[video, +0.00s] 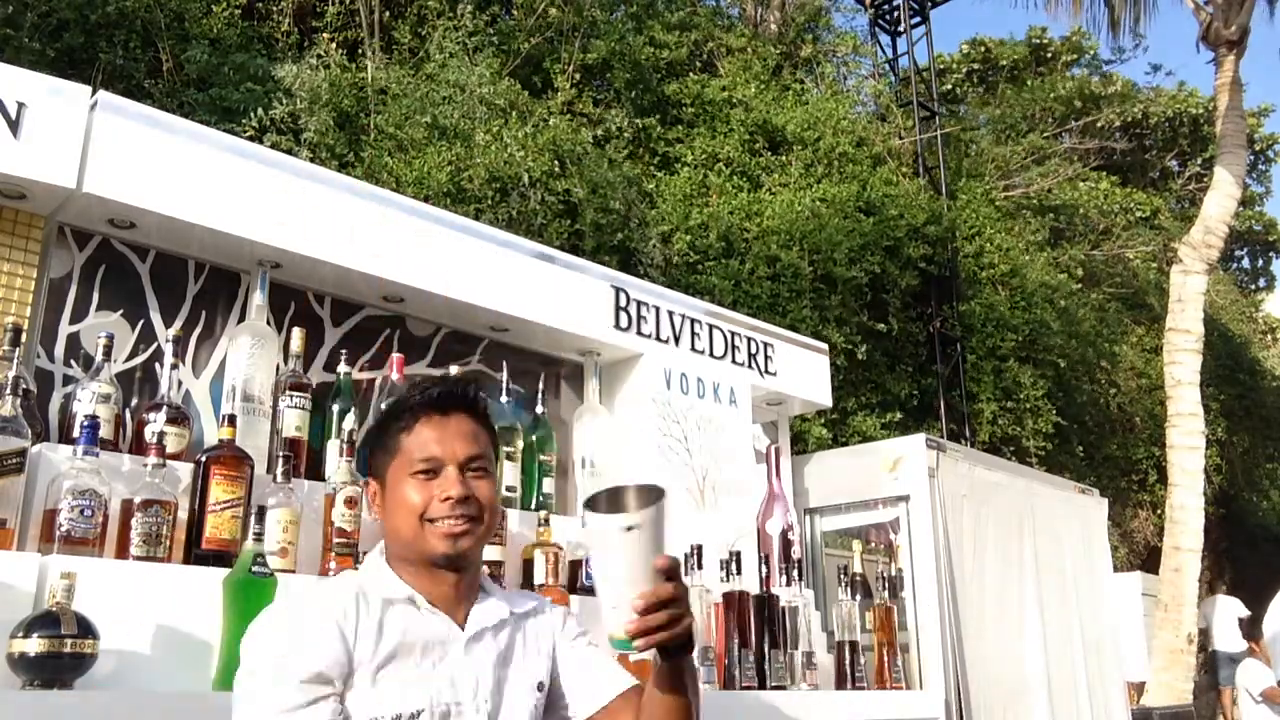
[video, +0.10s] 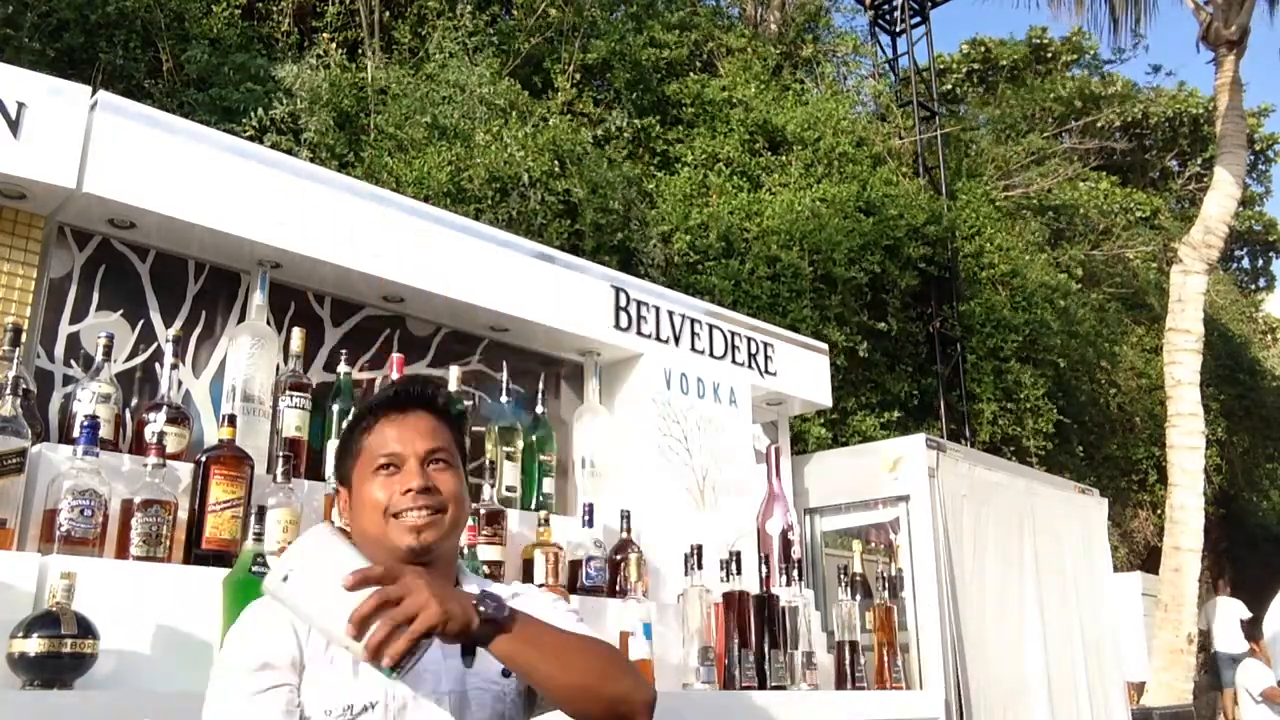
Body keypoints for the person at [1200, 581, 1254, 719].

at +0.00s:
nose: (1223, 588)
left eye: (1221, 586)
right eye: (1223, 586)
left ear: (1211, 589)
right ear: (1224, 588)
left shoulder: (1205, 604)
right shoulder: (1234, 601)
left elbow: (1202, 627)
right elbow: (1248, 617)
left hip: (1219, 648)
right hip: (1239, 647)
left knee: (1225, 687)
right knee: (1249, 680)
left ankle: (1228, 717)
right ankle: (1251, 714)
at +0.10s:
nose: (1227, 589)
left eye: (1224, 587)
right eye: (1227, 587)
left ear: (1215, 589)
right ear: (1228, 588)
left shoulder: (1208, 606)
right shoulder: (1237, 603)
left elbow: (1202, 627)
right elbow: (1249, 619)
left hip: (1221, 649)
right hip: (1241, 648)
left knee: (1227, 688)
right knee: (1245, 684)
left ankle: (1229, 717)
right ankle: (1247, 715)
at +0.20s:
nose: (1234, 590)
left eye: (1231, 587)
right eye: (1233, 587)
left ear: (1220, 589)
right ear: (1233, 588)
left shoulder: (1213, 604)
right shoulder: (1242, 603)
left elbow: (1206, 626)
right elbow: (1254, 622)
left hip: (1222, 648)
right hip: (1242, 647)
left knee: (1227, 685)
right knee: (1245, 684)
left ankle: (1229, 717)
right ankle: (1246, 714)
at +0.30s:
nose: (1241, 583)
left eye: (1239, 580)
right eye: (1240, 581)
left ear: (1226, 583)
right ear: (1238, 582)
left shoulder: (1219, 596)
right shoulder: (1245, 596)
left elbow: (1212, 617)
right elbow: (1259, 613)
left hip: (1223, 640)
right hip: (1242, 641)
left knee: (1229, 678)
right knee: (1247, 675)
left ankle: (1229, 712)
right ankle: (1247, 708)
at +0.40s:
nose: (1244, 578)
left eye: (1242, 575)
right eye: (1243, 576)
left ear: (1228, 578)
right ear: (1243, 576)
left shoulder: (1222, 590)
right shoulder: (1249, 590)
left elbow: (1215, 610)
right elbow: (1263, 608)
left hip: (1225, 632)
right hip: (1243, 632)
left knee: (1235, 665)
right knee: (1253, 662)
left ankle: (1233, 694)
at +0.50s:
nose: (1245, 573)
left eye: (1244, 570)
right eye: (1245, 571)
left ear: (1232, 572)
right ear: (1243, 571)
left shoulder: (1224, 585)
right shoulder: (1252, 586)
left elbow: (1215, 605)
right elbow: (1265, 604)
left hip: (1226, 627)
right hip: (1245, 627)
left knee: (1236, 657)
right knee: (1251, 656)